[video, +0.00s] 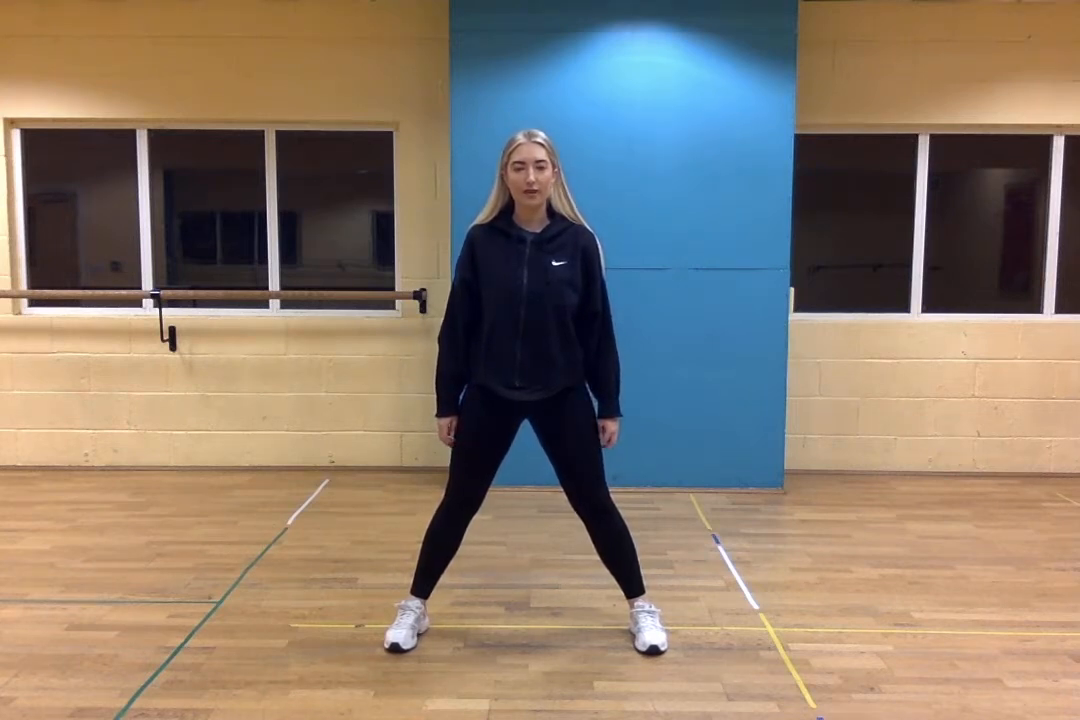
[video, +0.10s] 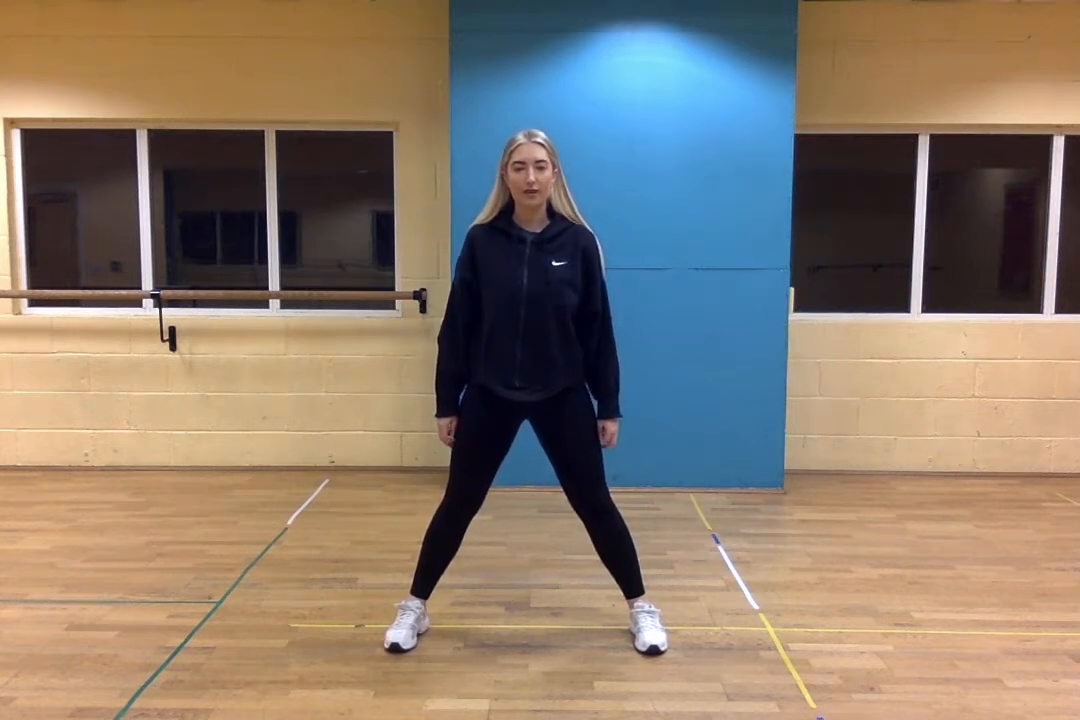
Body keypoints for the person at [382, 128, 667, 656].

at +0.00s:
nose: (531, 175)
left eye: (540, 165)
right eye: (520, 166)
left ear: (554, 174)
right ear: (505, 176)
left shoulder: (579, 240)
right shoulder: (482, 238)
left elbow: (597, 325)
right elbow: (457, 321)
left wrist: (608, 404)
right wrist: (447, 402)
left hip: (561, 394)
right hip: (490, 394)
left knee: (594, 503)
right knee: (459, 501)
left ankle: (641, 607)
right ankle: (414, 606)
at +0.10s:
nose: (531, 175)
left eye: (540, 165)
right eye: (520, 166)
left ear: (554, 174)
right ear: (505, 176)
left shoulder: (579, 240)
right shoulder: (482, 238)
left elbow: (597, 325)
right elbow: (457, 321)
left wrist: (608, 405)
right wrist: (447, 402)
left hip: (561, 394)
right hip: (490, 394)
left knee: (593, 502)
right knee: (460, 501)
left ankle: (641, 607)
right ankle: (414, 606)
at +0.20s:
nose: (531, 174)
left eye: (540, 165)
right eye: (520, 166)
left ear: (555, 174)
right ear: (506, 175)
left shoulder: (579, 240)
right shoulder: (483, 237)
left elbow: (597, 325)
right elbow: (458, 320)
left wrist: (608, 405)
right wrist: (446, 402)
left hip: (562, 394)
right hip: (491, 394)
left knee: (594, 502)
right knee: (460, 501)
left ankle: (641, 608)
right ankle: (414, 606)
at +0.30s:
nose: (532, 174)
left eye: (541, 164)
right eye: (521, 165)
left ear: (556, 174)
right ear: (506, 175)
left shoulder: (580, 240)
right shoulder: (484, 237)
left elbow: (598, 323)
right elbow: (458, 319)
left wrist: (610, 403)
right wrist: (446, 398)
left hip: (563, 394)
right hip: (492, 393)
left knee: (594, 503)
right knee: (460, 501)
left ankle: (640, 608)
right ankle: (414, 606)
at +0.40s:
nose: (532, 173)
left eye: (542, 164)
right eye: (521, 164)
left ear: (556, 173)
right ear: (507, 174)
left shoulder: (581, 240)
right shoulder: (484, 237)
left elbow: (600, 323)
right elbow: (459, 317)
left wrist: (614, 403)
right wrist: (445, 396)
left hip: (564, 394)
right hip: (493, 393)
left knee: (595, 503)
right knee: (457, 502)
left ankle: (640, 609)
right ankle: (414, 607)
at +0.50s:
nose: (530, 174)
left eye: (540, 165)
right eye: (520, 165)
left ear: (555, 174)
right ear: (506, 176)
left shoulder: (581, 242)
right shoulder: (484, 239)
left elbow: (601, 325)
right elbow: (458, 319)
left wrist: (617, 405)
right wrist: (445, 398)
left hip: (563, 395)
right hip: (491, 395)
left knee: (595, 505)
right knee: (452, 503)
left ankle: (640, 609)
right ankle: (414, 607)